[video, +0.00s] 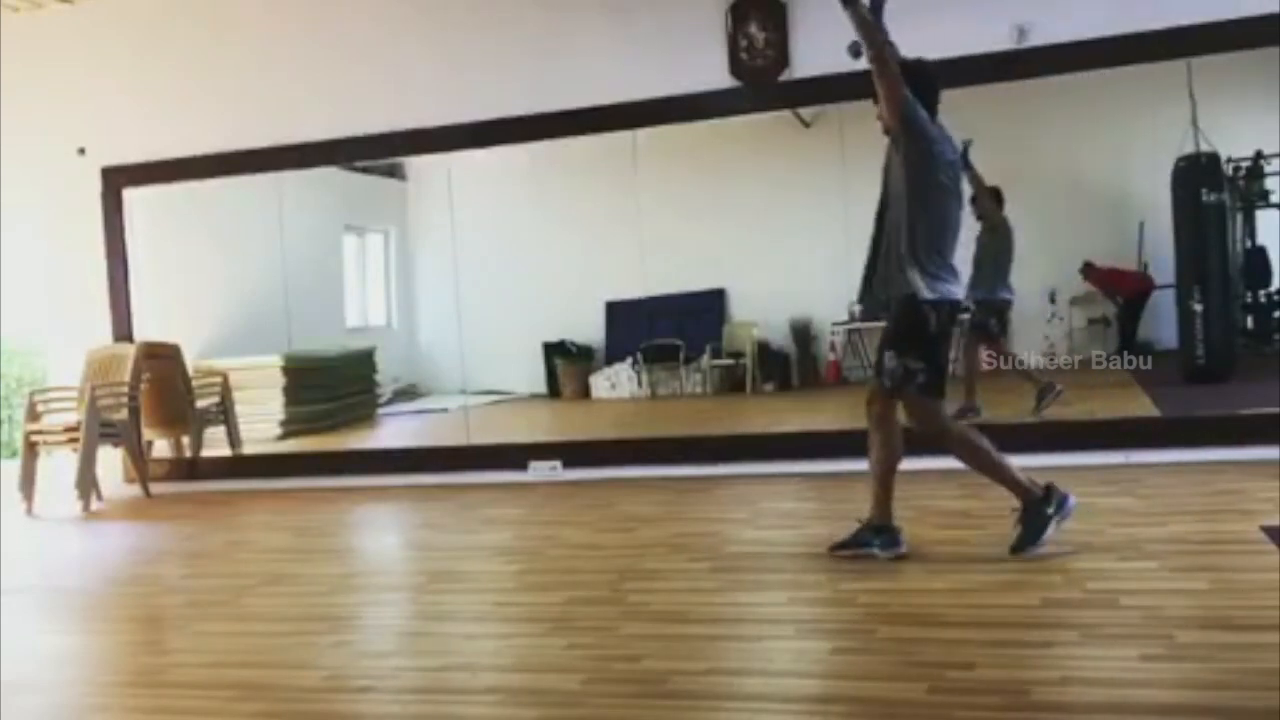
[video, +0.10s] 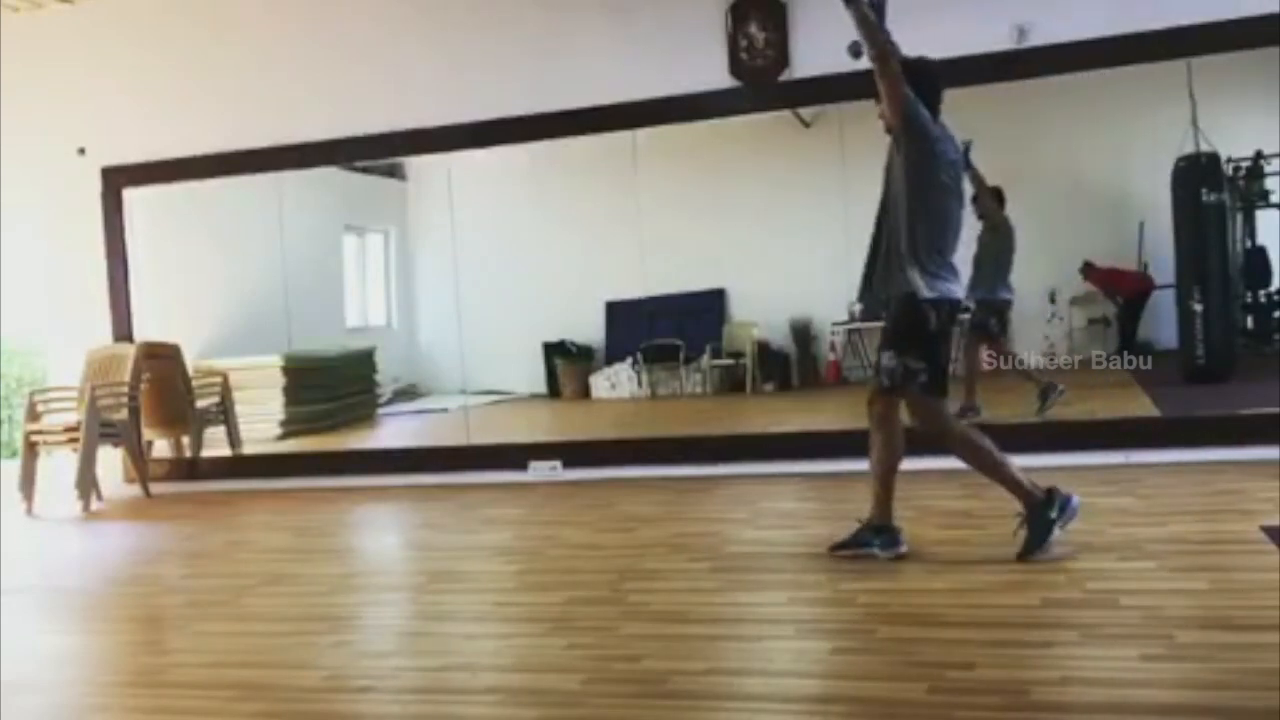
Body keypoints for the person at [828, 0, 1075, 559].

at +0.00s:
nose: (877, 112)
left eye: (881, 100)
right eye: (875, 102)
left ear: (906, 98)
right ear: (918, 103)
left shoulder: (928, 143)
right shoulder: (930, 147)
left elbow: (884, 63)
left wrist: (850, 6)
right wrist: (877, 29)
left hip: (929, 303)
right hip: (914, 302)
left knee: (926, 419)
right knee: (881, 408)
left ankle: (1035, 497)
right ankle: (880, 524)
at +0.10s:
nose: (879, 110)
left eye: (883, 98)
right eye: (877, 101)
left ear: (908, 97)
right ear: (921, 102)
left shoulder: (927, 141)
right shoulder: (935, 147)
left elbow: (885, 61)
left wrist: (855, 7)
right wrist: (877, 31)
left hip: (928, 300)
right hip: (916, 298)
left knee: (929, 417)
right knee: (883, 407)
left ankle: (1038, 501)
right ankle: (880, 524)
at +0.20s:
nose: (891, 107)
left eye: (894, 95)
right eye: (889, 97)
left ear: (917, 95)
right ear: (941, 99)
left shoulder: (932, 135)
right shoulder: (960, 151)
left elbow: (897, 59)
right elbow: (995, 206)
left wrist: (867, 6)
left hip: (934, 301)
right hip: (939, 299)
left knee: (960, 421)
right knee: (892, 410)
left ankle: (1054, 512)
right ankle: (882, 523)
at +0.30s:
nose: (898, 105)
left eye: (901, 93)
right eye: (897, 95)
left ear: (924, 93)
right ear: (947, 95)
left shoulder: (940, 136)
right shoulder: (965, 143)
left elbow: (902, 58)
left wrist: (872, 4)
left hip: (947, 300)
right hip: (946, 299)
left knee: (978, 418)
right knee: (900, 407)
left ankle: (1066, 517)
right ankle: (883, 524)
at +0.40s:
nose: (917, 113)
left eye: (920, 99)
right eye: (916, 101)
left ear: (944, 94)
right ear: (961, 93)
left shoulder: (964, 134)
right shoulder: (987, 142)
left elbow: (927, 63)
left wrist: (890, 8)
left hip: (981, 301)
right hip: (976, 300)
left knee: (1017, 416)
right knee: (927, 407)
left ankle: (1078, 526)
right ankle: (892, 519)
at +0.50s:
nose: (927, 115)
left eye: (930, 101)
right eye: (926, 103)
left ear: (953, 94)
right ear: (969, 93)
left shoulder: (977, 132)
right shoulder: (995, 142)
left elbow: (936, 61)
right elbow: (1028, 225)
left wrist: (898, 8)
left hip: (994, 296)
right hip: (984, 297)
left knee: (1027, 413)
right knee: (934, 402)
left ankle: (1079, 527)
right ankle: (902, 516)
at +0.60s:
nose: (942, 104)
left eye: (945, 90)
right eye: (940, 92)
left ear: (968, 86)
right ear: (977, 84)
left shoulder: (1000, 127)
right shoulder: (988, 135)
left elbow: (950, 57)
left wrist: (911, 9)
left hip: (1018, 291)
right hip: (990, 293)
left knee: (1035, 404)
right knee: (934, 385)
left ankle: (1079, 526)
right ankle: (966, 505)